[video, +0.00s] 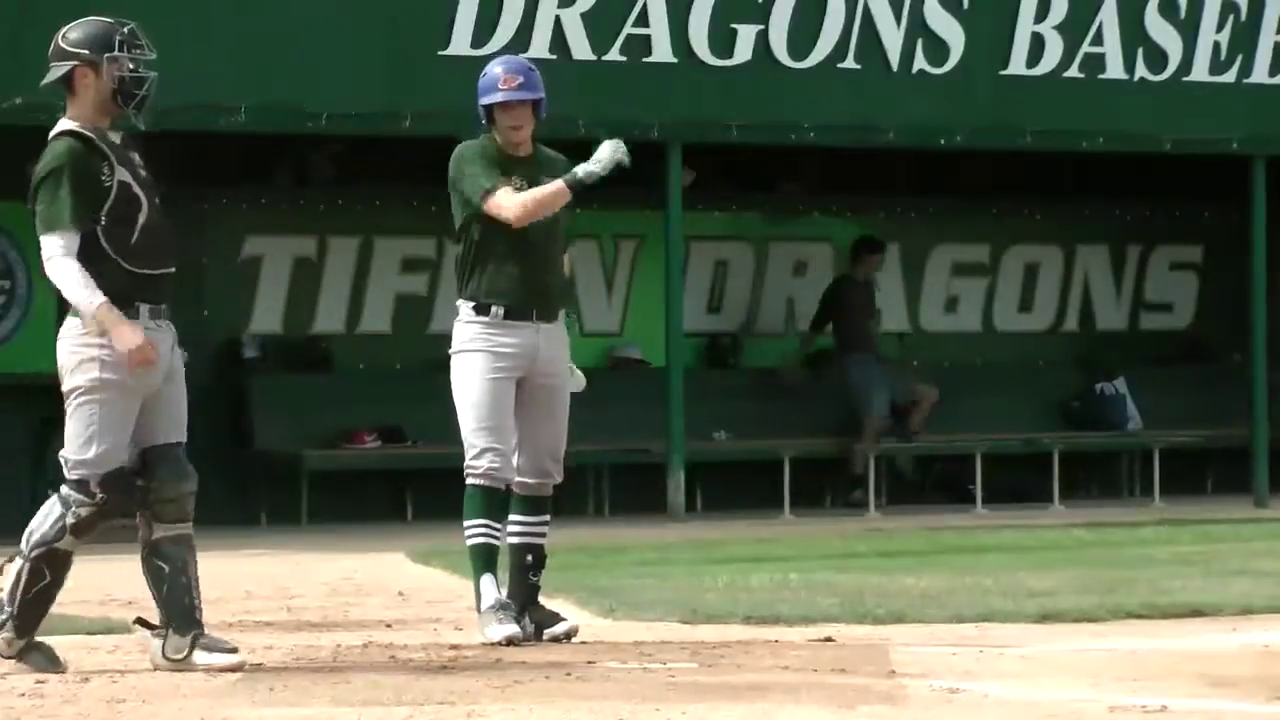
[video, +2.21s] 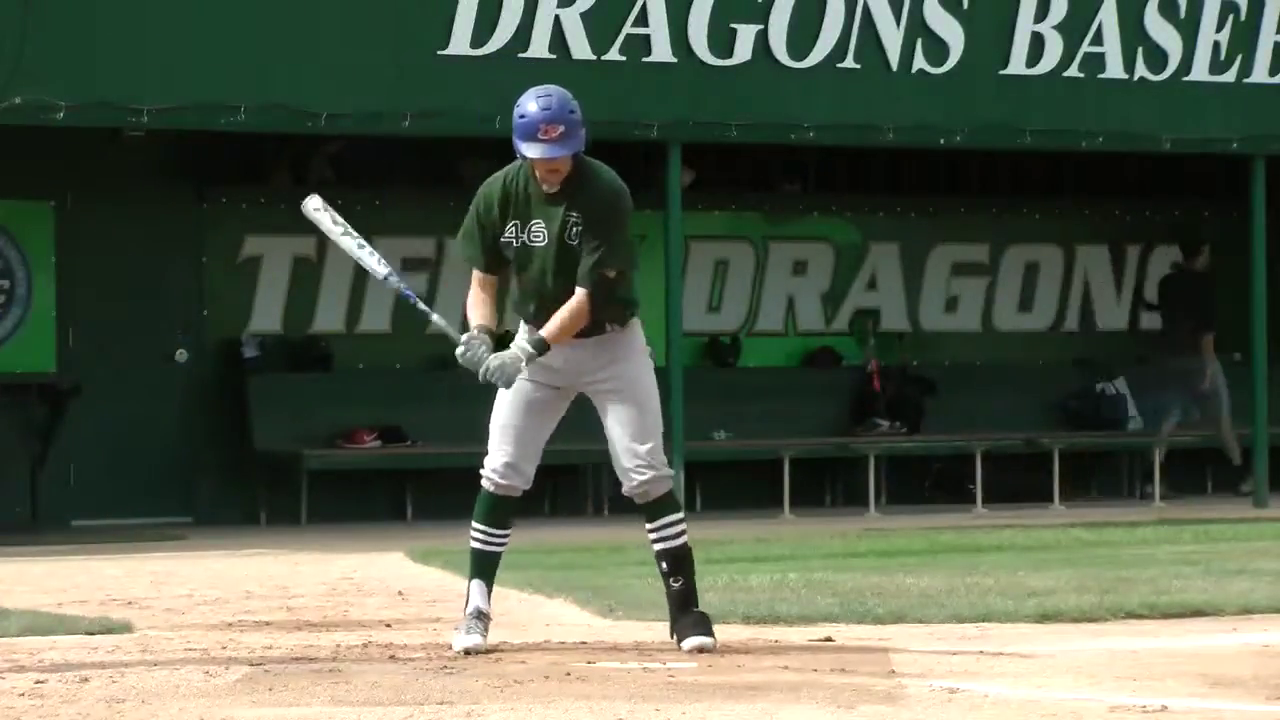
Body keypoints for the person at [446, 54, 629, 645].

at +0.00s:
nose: (515, 119)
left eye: (524, 108)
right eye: (504, 109)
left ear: (539, 108)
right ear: (486, 112)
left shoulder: (556, 168)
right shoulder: (470, 158)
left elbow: (556, 261)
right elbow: (514, 209)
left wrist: (566, 346)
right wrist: (582, 175)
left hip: (547, 335)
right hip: (486, 335)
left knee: (539, 471)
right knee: (488, 464)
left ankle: (526, 604)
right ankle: (491, 604)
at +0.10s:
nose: (518, 121)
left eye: (527, 110)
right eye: (507, 111)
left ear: (542, 109)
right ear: (491, 113)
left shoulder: (564, 172)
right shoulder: (472, 166)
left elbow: (564, 258)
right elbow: (475, 251)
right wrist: (549, 246)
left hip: (550, 336)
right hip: (488, 335)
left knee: (542, 471)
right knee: (490, 464)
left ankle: (526, 605)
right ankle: (490, 604)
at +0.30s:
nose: (526, 128)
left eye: (536, 117)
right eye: (515, 118)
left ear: (553, 114)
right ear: (499, 116)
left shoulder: (578, 177)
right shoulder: (469, 172)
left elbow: (578, 265)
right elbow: (425, 253)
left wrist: (579, 332)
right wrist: (466, 291)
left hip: (556, 338)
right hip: (489, 337)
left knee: (542, 472)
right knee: (490, 464)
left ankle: (526, 605)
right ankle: (490, 604)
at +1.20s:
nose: (521, 156)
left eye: (532, 146)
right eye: (512, 146)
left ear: (551, 139)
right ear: (495, 137)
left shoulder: (577, 193)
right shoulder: (461, 190)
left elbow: (579, 282)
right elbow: (436, 281)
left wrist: (514, 279)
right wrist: (455, 267)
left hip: (548, 355)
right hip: (478, 351)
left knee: (545, 488)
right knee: (475, 470)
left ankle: (523, 608)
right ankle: (467, 607)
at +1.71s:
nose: (491, 163)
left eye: (501, 152)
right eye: (481, 153)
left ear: (517, 140)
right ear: (460, 139)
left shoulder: (542, 185)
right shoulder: (428, 181)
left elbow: (531, 282)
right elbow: (404, 274)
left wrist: (447, 282)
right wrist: (401, 261)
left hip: (539, 346)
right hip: (465, 347)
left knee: (568, 473)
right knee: (458, 471)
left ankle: (601, 572)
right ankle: (466, 609)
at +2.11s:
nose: (528, 160)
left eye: (538, 148)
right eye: (517, 149)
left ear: (553, 140)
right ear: (497, 142)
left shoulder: (577, 189)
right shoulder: (473, 187)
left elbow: (553, 292)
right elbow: (457, 267)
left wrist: (481, 319)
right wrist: (439, 302)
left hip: (594, 349)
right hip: (518, 350)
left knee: (633, 476)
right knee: (487, 474)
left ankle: (684, 613)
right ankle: (472, 611)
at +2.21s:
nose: (552, 164)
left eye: (561, 152)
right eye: (540, 154)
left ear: (577, 144)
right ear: (521, 147)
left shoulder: (604, 193)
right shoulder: (496, 194)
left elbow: (593, 293)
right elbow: (484, 276)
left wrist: (528, 346)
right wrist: (480, 331)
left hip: (613, 348)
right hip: (536, 351)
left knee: (645, 473)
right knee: (501, 474)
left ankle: (687, 613)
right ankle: (476, 612)